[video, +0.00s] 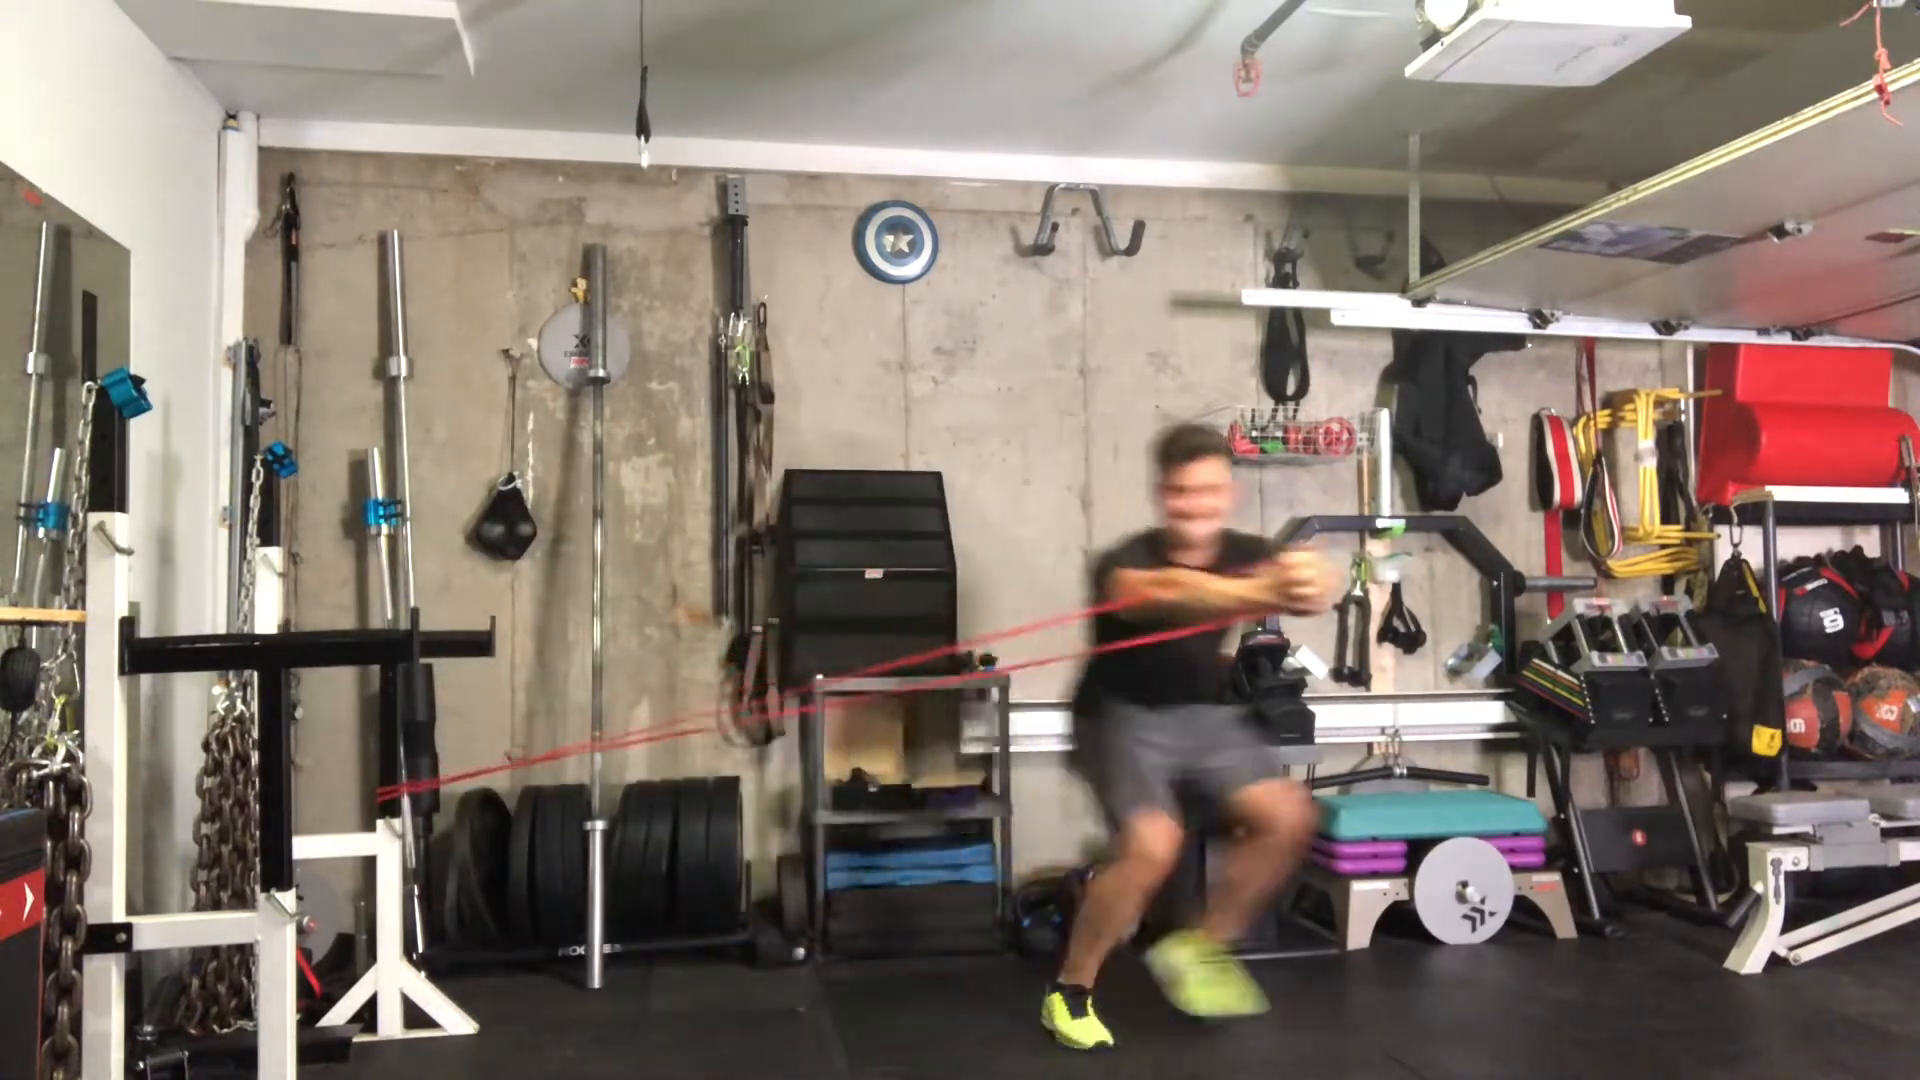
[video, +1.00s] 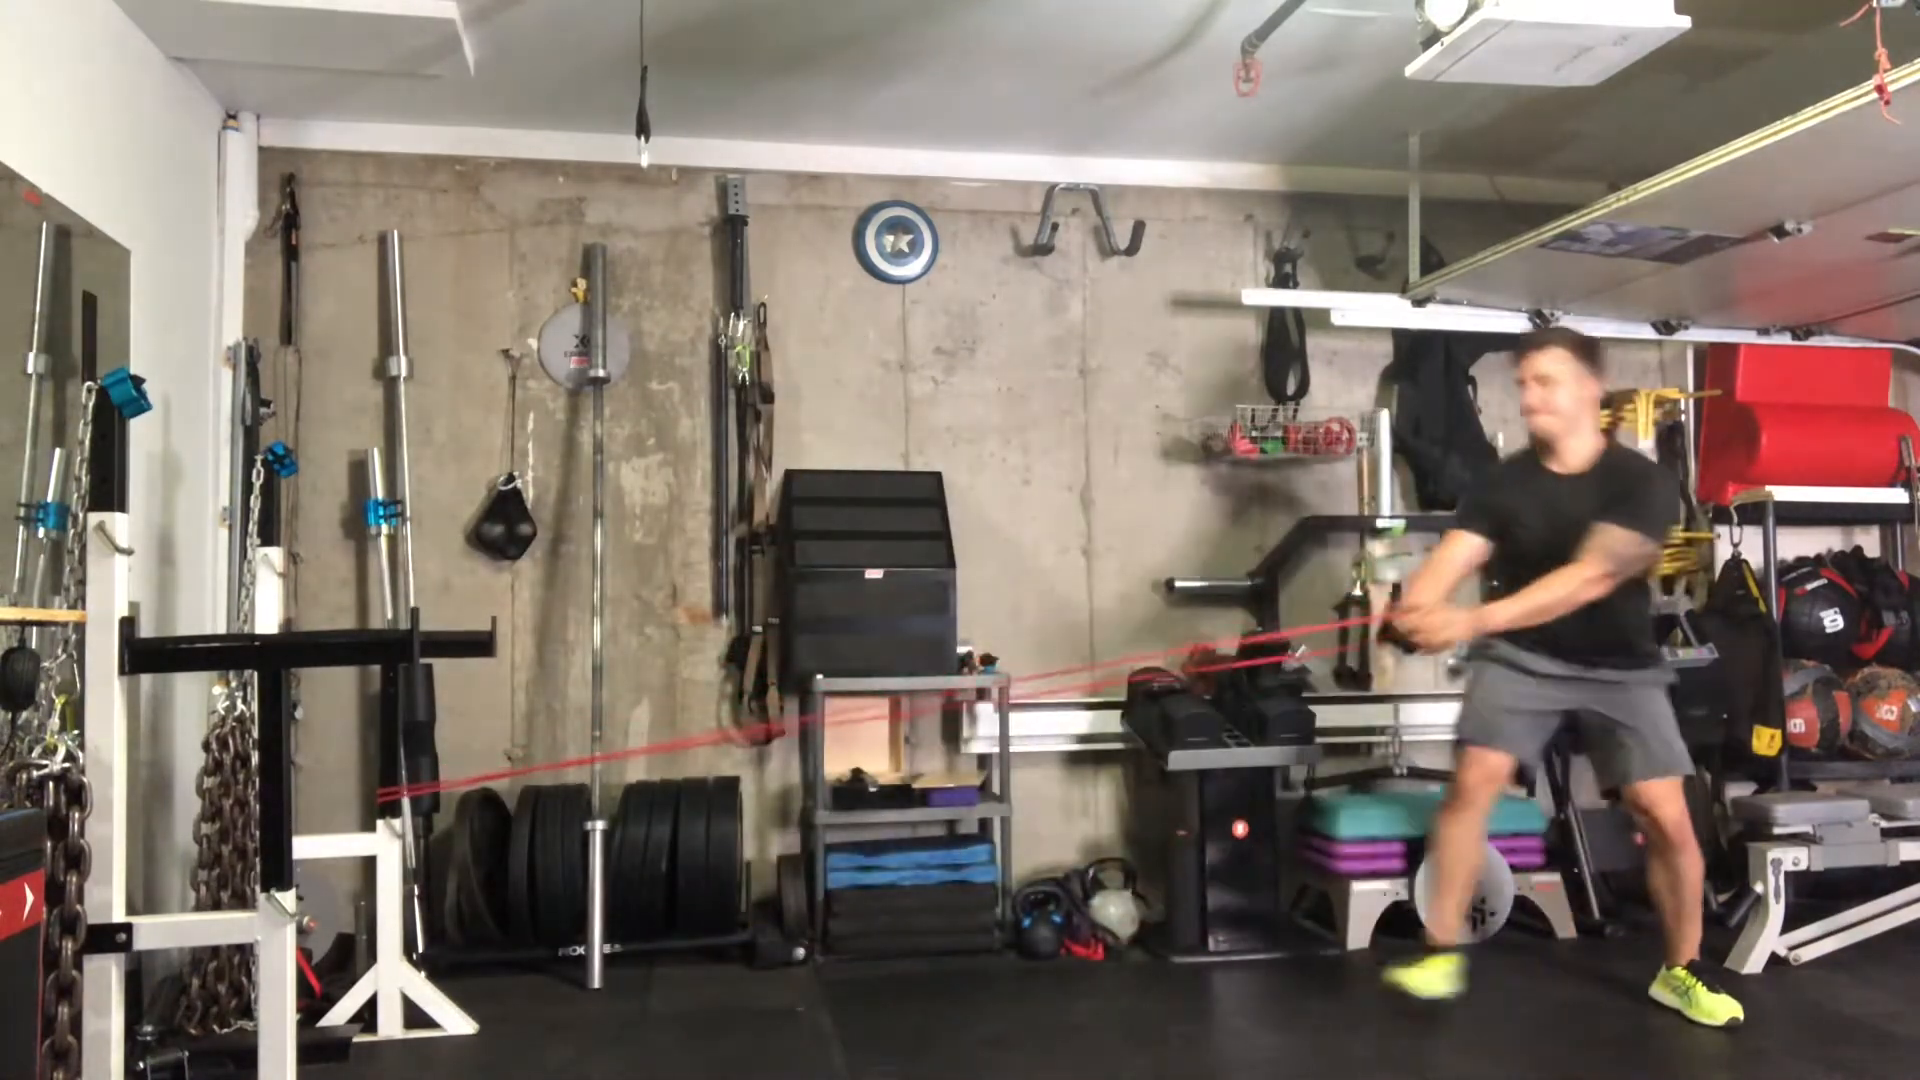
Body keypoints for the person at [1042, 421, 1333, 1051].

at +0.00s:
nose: (1194, 505)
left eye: (1208, 490)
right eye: (1180, 491)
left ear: (1229, 495)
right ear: (1161, 495)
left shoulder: (1247, 555)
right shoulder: (1127, 565)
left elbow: (1302, 588)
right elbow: (1172, 596)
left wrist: (1308, 580)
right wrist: (1265, 592)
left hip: (1210, 719)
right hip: (1127, 722)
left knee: (1287, 815)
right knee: (1152, 844)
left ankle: (1202, 945)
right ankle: (1072, 990)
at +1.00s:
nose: (1531, 396)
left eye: (1547, 382)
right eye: (1524, 384)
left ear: (1594, 390)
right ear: (1519, 396)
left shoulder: (1644, 483)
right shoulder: (1509, 481)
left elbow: (1589, 578)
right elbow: (1450, 559)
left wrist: (1471, 621)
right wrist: (1411, 607)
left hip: (1623, 674)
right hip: (1518, 663)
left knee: (1669, 819)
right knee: (1473, 780)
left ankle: (1681, 971)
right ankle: (1443, 952)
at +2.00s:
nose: (1078, 351)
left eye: (1095, 341)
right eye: (1083, 338)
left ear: (1136, 361)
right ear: (1105, 356)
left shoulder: (1130, 453)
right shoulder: (1081, 453)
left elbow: (1103, 580)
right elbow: (1037, 551)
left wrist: (1003, 628)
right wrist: (980, 613)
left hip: (1113, 663)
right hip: (1071, 658)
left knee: (1060, 801)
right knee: (1044, 791)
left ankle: (1081, 989)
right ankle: (1171, 902)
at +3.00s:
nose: (792, 357)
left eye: (809, 345)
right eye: (781, 344)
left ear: (834, 364)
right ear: (764, 359)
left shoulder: (868, 468)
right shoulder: (719, 458)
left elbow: (888, 585)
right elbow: (688, 568)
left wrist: (799, 568)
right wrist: (745, 564)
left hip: (813, 674)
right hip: (723, 666)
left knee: (793, 829)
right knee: (674, 814)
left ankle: (783, 997)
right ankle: (728, 952)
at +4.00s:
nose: (744, 553)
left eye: (756, 537)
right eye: (728, 539)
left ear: (775, 533)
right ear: (702, 539)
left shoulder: (807, 589)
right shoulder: (673, 608)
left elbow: (830, 624)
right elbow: (678, 650)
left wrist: (806, 646)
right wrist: (751, 654)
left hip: (789, 756)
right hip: (701, 755)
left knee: (779, 858)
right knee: (683, 874)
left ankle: (750, 978)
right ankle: (611, 990)